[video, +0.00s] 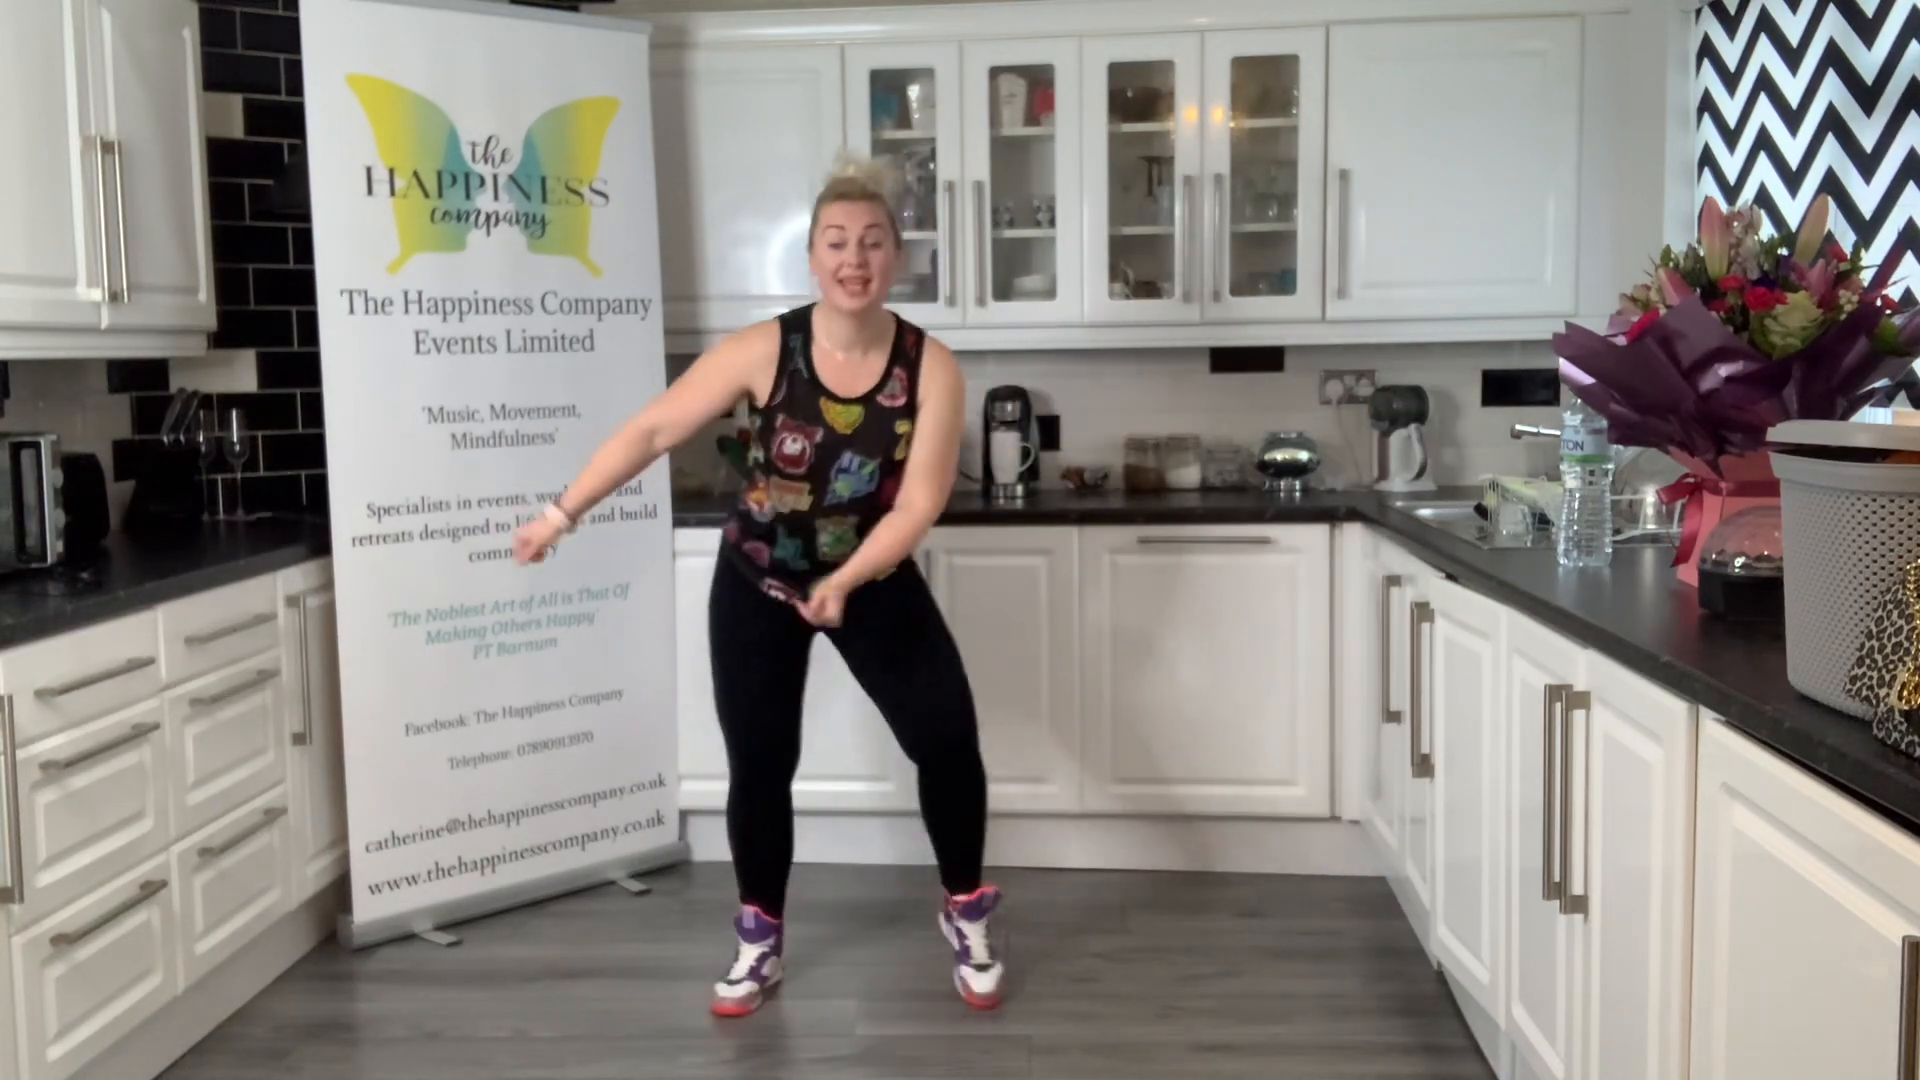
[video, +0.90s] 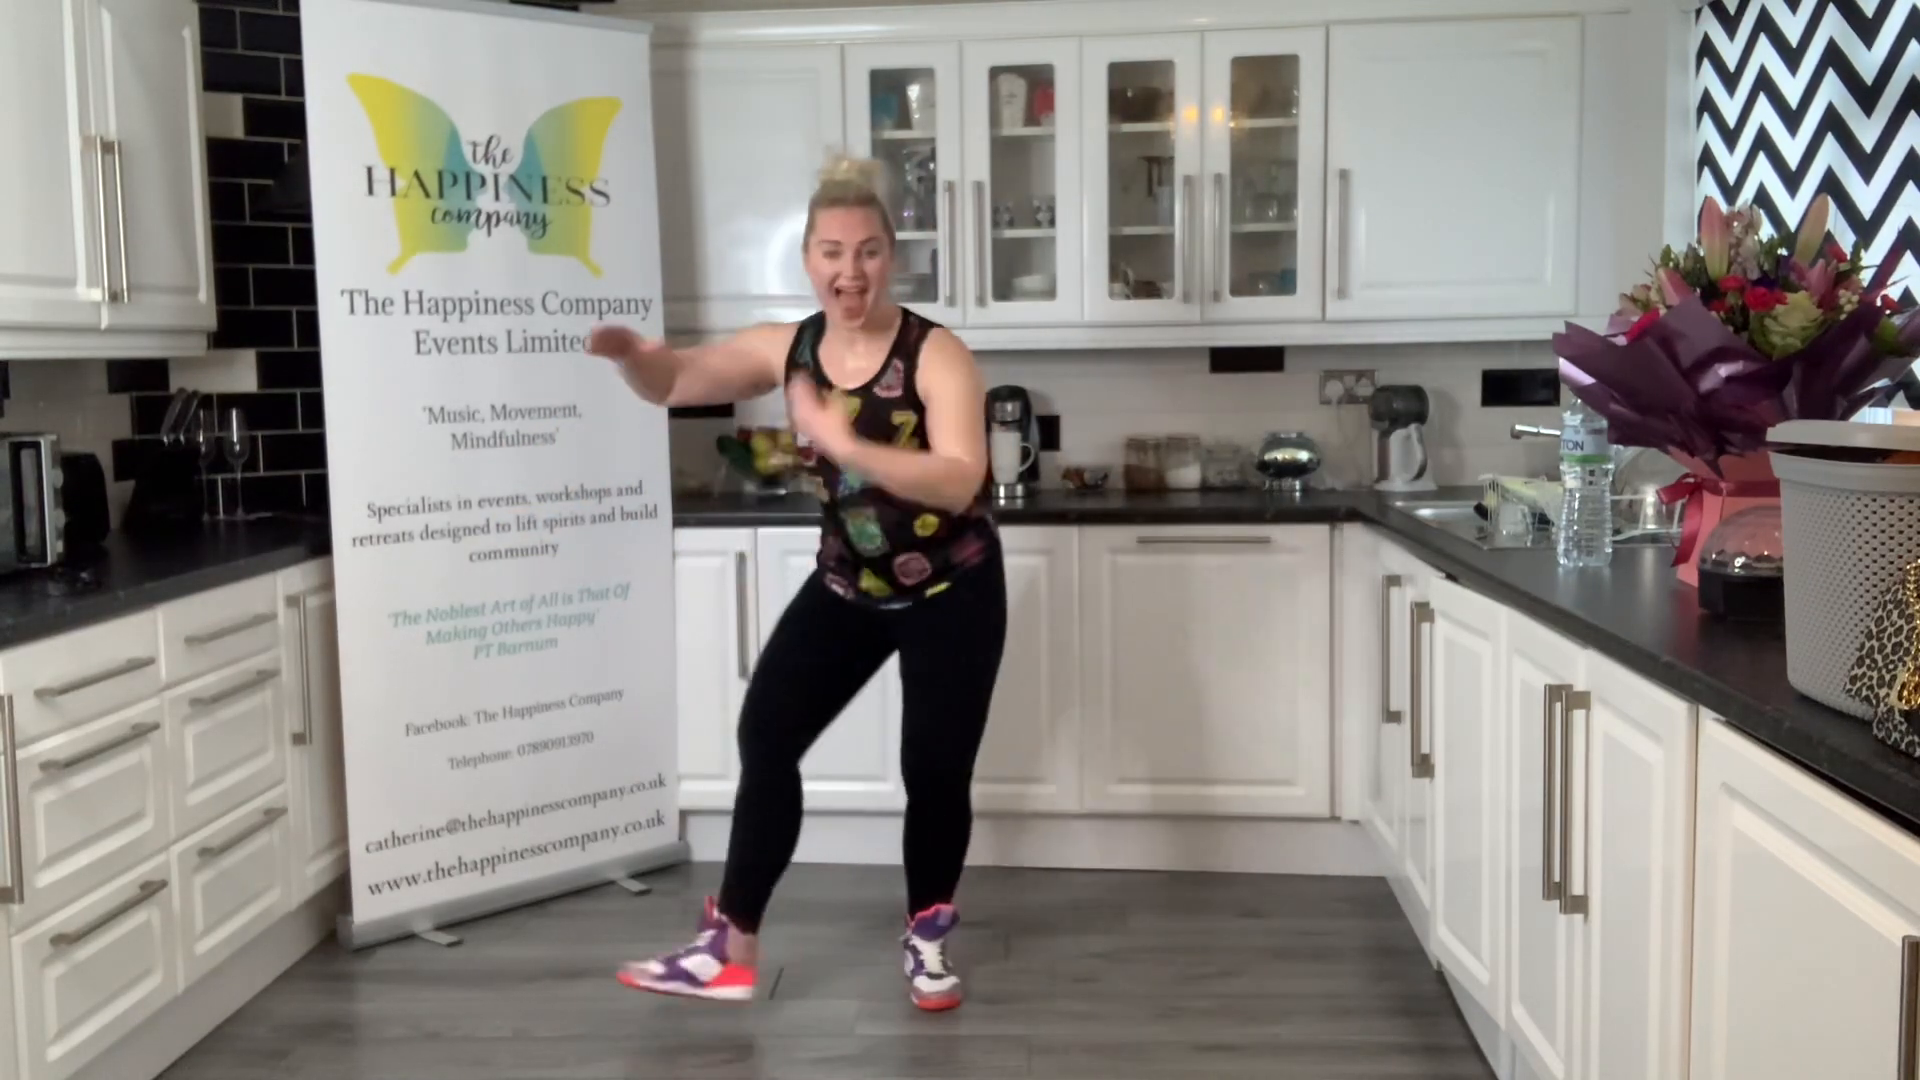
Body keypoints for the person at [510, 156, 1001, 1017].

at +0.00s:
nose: (854, 258)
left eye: (872, 241)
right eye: (836, 242)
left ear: (898, 255)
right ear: (812, 255)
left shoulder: (930, 368)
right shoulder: (762, 351)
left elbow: (920, 503)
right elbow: (653, 429)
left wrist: (846, 581)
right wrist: (565, 509)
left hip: (876, 572)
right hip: (760, 577)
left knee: (949, 736)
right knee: (759, 764)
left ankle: (966, 911)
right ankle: (759, 939)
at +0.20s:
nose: (827, 256)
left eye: (845, 238)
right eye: (809, 238)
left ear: (869, 250)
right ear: (785, 247)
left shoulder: (904, 366)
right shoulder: (732, 343)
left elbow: (892, 501)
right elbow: (660, 450)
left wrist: (814, 584)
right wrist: (601, 552)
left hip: (845, 575)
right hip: (733, 577)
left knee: (872, 748)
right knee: (748, 760)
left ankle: (839, 877)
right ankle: (756, 935)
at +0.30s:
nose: (811, 269)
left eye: (829, 252)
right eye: (794, 251)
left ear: (854, 260)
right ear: (770, 256)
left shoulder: (891, 365)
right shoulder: (723, 353)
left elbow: (905, 500)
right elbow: (668, 470)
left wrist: (817, 563)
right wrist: (645, 559)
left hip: (836, 603)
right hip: (724, 602)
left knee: (843, 779)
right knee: (738, 775)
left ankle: (807, 900)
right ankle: (755, 933)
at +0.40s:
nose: (804, 279)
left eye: (821, 261)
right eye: (786, 262)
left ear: (846, 266)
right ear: (760, 266)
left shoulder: (886, 365)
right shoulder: (721, 358)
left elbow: (931, 484)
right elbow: (639, 475)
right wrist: (675, 451)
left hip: (834, 593)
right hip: (721, 595)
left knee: (880, 761)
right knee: (728, 774)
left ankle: (837, 886)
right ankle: (753, 933)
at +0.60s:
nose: (808, 259)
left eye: (826, 242)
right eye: (791, 242)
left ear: (852, 247)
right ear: (767, 247)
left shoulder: (887, 332)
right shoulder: (740, 328)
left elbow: (957, 417)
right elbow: (640, 413)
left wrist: (893, 309)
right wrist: (708, 334)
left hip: (868, 573)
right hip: (759, 575)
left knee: (897, 755)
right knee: (762, 757)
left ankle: (925, 927)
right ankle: (755, 938)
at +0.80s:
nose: (833, 265)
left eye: (849, 247)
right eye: (814, 247)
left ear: (874, 252)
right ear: (790, 255)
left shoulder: (922, 339)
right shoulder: (772, 342)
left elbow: (982, 444)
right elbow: (647, 399)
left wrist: (906, 337)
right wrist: (684, 346)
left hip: (929, 576)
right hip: (826, 571)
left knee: (921, 763)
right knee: (744, 722)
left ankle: (927, 937)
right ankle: (766, 926)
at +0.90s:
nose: (850, 270)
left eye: (867, 251)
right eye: (831, 251)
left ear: (892, 255)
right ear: (808, 258)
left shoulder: (938, 355)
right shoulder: (786, 348)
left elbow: (963, 481)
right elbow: (676, 382)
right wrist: (636, 357)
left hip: (953, 587)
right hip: (849, 585)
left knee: (937, 775)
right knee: (768, 733)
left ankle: (928, 938)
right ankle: (733, 945)